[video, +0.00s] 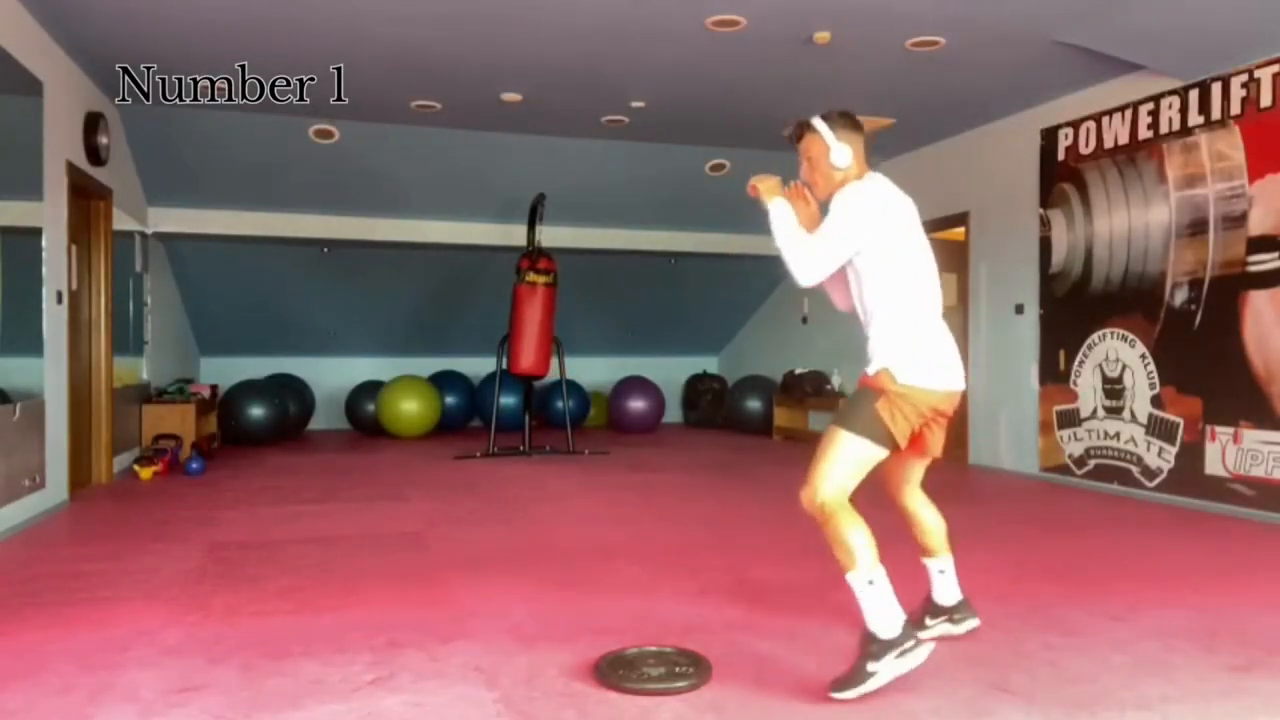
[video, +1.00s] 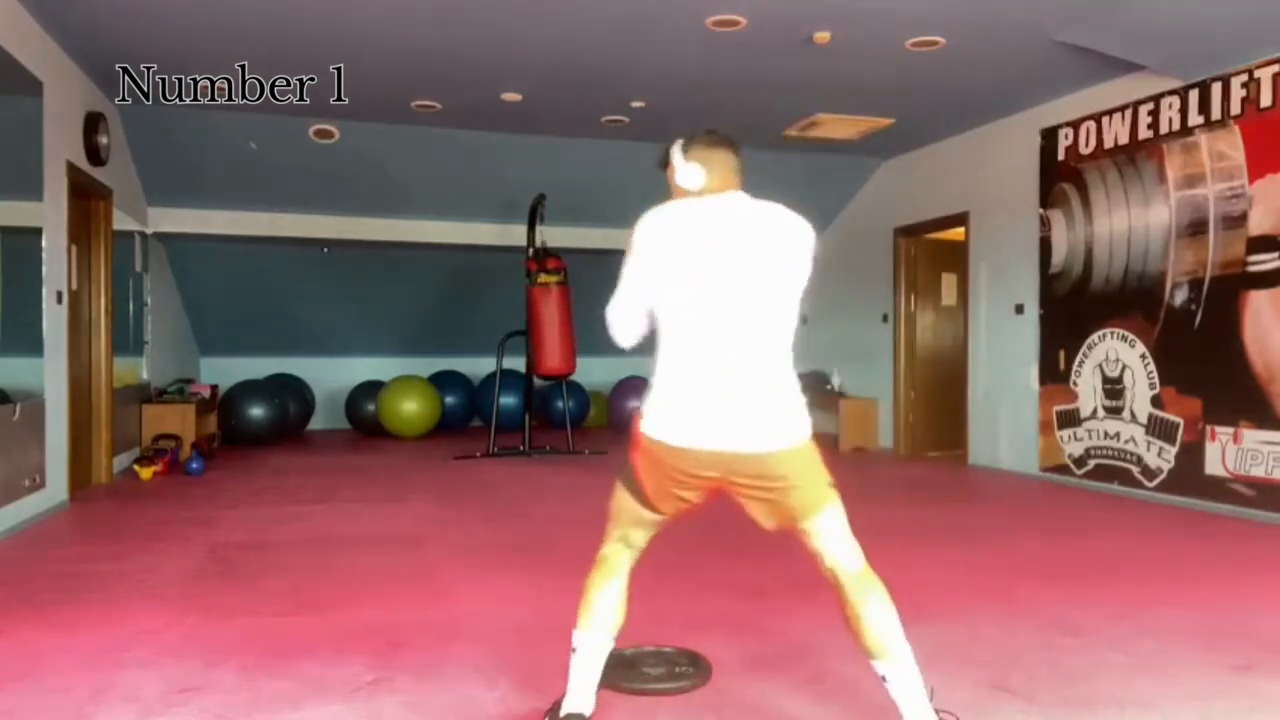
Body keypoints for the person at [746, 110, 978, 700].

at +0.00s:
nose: (805, 174)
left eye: (808, 161)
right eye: (803, 164)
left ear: (837, 153)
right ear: (852, 154)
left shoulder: (859, 200)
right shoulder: (890, 199)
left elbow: (805, 267)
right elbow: (852, 298)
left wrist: (775, 204)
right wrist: (809, 224)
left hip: (902, 375)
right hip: (940, 375)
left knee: (823, 494)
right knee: (906, 487)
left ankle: (890, 636)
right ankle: (950, 603)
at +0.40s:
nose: (796, 202)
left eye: (805, 188)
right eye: (789, 193)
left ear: (841, 186)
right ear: (789, 198)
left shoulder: (893, 248)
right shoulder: (802, 244)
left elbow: (889, 343)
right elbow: (742, 299)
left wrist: (821, 275)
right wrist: (733, 254)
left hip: (900, 406)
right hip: (856, 407)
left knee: (822, 523)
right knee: (859, 528)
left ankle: (793, 684)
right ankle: (950, 608)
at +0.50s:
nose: (756, 195)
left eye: (766, 180)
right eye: (752, 184)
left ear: (799, 178)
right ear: (757, 189)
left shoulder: (859, 238)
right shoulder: (787, 249)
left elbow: (849, 337)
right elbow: (732, 309)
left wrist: (782, 262)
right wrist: (713, 254)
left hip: (882, 412)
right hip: (847, 411)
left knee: (781, 526)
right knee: (867, 525)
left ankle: (778, 696)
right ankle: (947, 611)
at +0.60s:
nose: (720, 176)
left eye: (724, 163)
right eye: (719, 165)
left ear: (755, 158)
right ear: (772, 158)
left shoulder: (796, 215)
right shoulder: (822, 203)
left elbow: (766, 306)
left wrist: (720, 235)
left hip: (840, 405)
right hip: (882, 404)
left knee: (742, 524)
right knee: (854, 517)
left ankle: (771, 693)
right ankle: (941, 633)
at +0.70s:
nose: (719, 171)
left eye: (720, 156)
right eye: (715, 159)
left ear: (746, 145)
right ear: (781, 144)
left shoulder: (765, 198)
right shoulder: (843, 191)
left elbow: (728, 291)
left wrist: (698, 226)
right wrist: (746, 212)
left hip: (810, 392)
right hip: (881, 397)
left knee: (706, 505)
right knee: (855, 521)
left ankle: (735, 675)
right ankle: (923, 649)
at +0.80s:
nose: (721, 176)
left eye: (724, 163)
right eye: (720, 163)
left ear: (749, 159)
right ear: (786, 158)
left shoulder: (740, 212)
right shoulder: (852, 209)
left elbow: (687, 302)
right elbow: (839, 289)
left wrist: (681, 242)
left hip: (771, 408)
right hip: (858, 413)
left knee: (681, 539)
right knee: (882, 559)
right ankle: (926, 704)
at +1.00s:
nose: (672, 184)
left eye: (673, 173)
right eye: (673, 173)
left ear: (687, 171)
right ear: (736, 175)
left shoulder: (660, 225)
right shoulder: (794, 229)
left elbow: (625, 329)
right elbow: (782, 314)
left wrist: (674, 269)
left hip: (676, 432)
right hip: (774, 436)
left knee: (618, 552)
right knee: (850, 568)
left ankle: (576, 706)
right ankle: (918, 709)